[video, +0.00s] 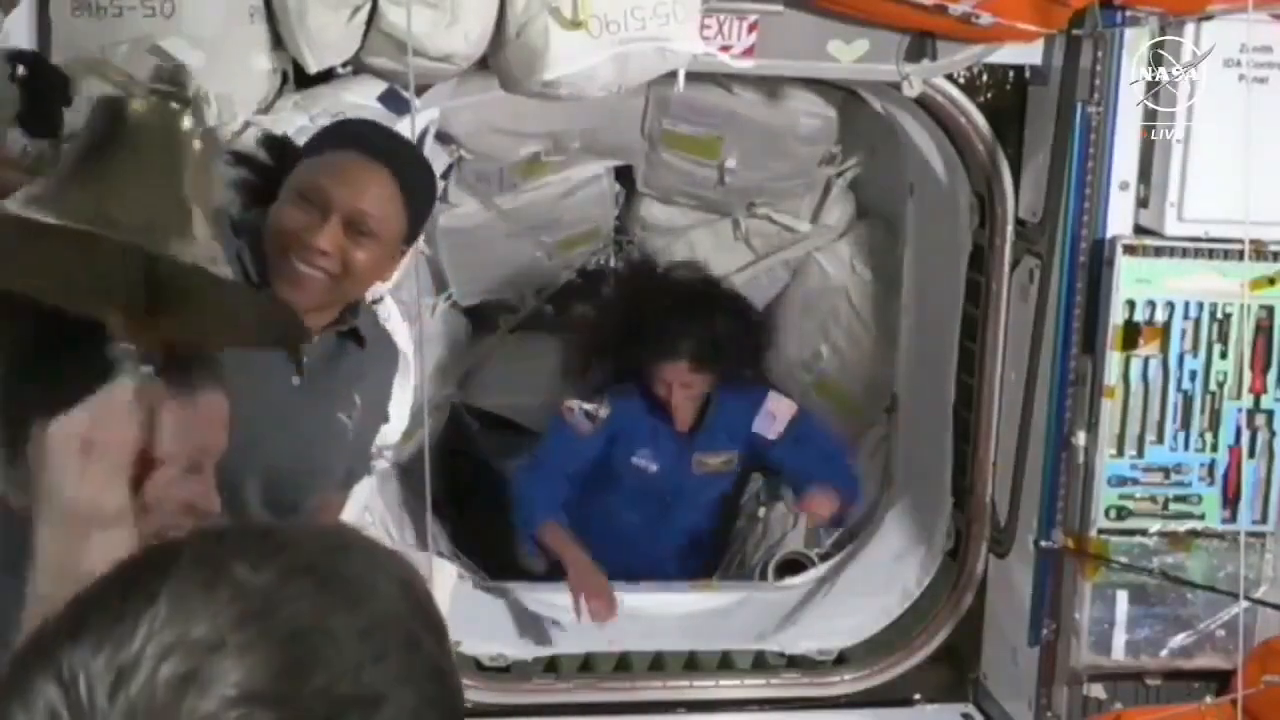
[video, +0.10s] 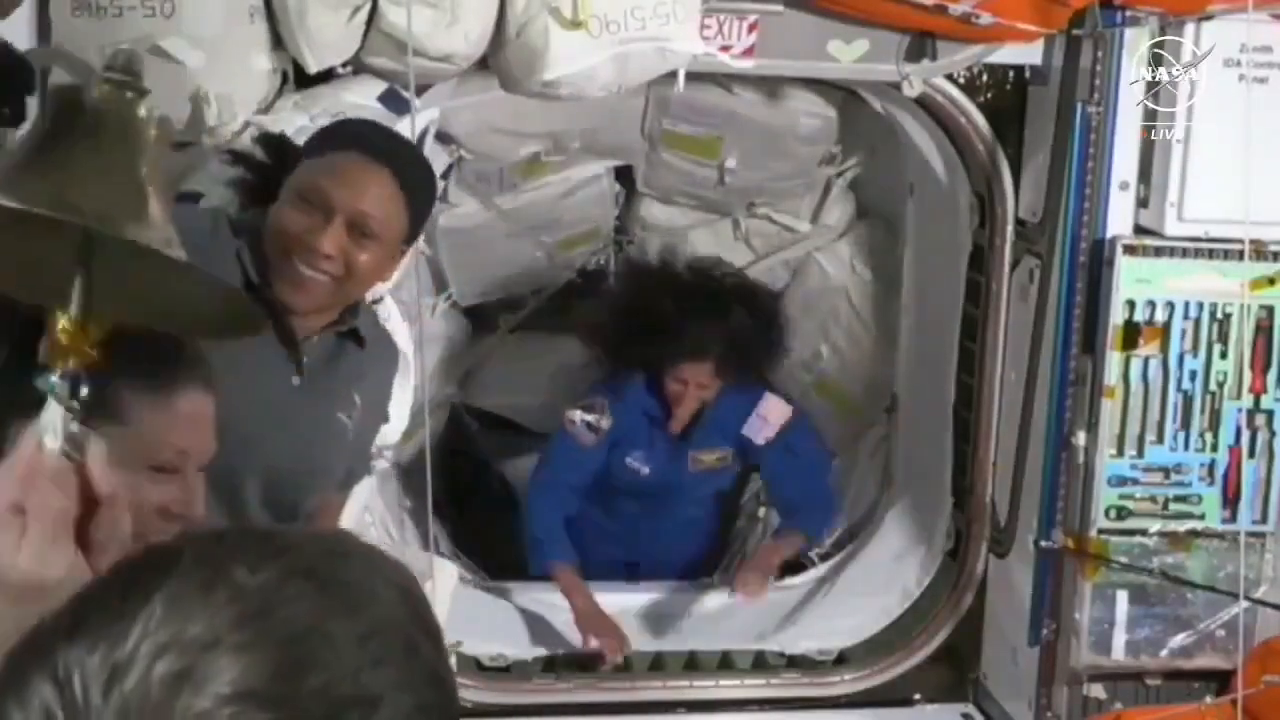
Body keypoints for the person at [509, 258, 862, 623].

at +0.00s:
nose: (675, 401)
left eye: (691, 386)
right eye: (662, 384)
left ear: (718, 376)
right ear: (644, 370)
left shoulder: (752, 411)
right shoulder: (605, 410)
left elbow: (831, 470)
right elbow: (535, 491)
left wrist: (816, 506)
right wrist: (576, 562)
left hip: (691, 600)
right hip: (595, 596)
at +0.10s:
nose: (687, 402)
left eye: (704, 390)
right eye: (677, 383)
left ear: (728, 381)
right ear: (657, 366)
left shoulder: (753, 411)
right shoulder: (611, 407)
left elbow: (816, 502)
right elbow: (544, 506)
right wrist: (584, 607)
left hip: (690, 589)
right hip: (595, 582)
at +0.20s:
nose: (690, 407)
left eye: (707, 394)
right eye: (681, 387)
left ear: (729, 385)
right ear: (658, 370)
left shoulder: (750, 412)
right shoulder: (613, 408)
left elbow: (804, 519)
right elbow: (550, 517)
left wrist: (752, 584)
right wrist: (585, 620)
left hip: (686, 567)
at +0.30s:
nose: (693, 407)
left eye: (709, 395)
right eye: (683, 390)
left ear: (728, 387)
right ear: (660, 375)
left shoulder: (748, 412)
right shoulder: (614, 406)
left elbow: (804, 517)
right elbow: (550, 507)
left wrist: (739, 599)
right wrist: (578, 620)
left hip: (686, 544)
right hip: (604, 537)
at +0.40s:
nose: (697, 401)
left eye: (712, 388)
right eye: (686, 384)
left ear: (733, 381)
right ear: (663, 373)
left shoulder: (754, 415)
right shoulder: (619, 404)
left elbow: (804, 524)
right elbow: (548, 502)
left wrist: (730, 608)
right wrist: (576, 617)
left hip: (690, 517)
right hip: (609, 512)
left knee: (667, 620)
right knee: (604, 610)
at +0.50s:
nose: (699, 399)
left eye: (715, 387)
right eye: (689, 382)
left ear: (737, 383)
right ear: (668, 370)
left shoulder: (755, 415)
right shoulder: (624, 400)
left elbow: (798, 517)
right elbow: (549, 496)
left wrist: (725, 605)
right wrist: (578, 607)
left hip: (694, 504)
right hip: (614, 502)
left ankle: (666, 634)